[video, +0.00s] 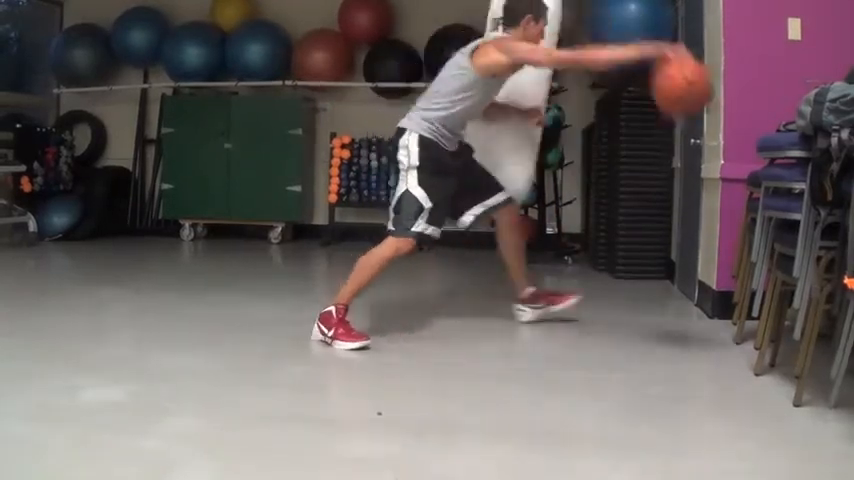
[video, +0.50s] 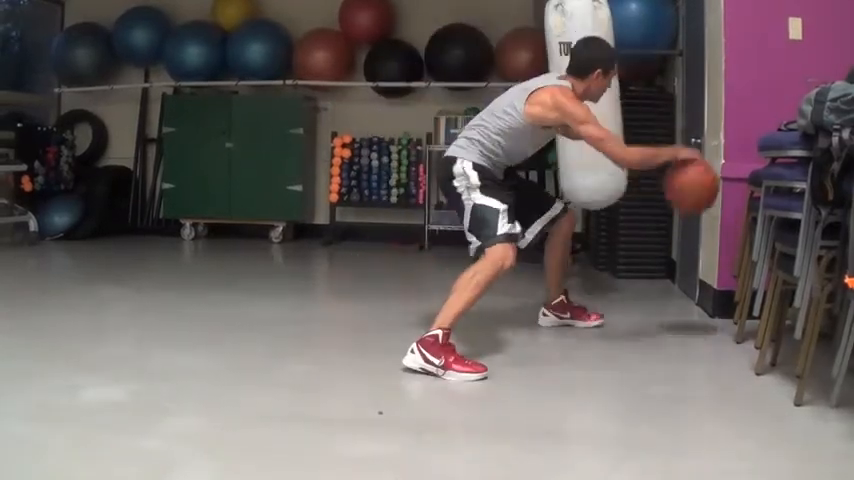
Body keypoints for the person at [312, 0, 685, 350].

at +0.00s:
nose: (542, 41)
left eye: (542, 34)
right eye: (539, 32)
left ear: (521, 25)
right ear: (523, 25)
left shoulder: (493, 53)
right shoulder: (494, 49)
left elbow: (473, 102)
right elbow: (582, 59)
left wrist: (521, 113)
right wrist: (649, 49)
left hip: (452, 150)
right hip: (419, 143)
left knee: (507, 210)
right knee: (405, 237)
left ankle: (525, 297)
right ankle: (334, 314)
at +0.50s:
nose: (608, 85)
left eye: (609, 78)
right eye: (609, 78)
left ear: (579, 69)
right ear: (595, 75)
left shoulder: (561, 91)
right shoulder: (561, 102)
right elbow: (625, 157)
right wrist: (677, 152)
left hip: (496, 169)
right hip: (468, 165)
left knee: (562, 218)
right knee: (501, 253)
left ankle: (555, 306)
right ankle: (433, 341)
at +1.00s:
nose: (619, 43)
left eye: (622, 37)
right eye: (621, 35)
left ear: (598, 23)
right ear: (611, 27)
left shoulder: (575, 45)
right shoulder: (577, 44)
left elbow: (584, 93)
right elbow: (583, 90)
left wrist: (632, 95)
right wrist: (638, 84)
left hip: (534, 132)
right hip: (515, 128)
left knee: (578, 199)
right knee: (537, 218)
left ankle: (545, 278)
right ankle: (481, 311)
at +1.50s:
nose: (601, 42)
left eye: (603, 35)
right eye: (601, 34)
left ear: (583, 26)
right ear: (589, 28)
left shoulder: (567, 58)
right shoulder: (549, 57)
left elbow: (563, 100)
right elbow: (536, 115)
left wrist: (606, 103)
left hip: (530, 156)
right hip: (506, 154)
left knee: (552, 221)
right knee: (552, 234)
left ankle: (550, 282)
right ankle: (494, 316)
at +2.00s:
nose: (549, 6)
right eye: (547, 5)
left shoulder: (471, 18)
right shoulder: (527, 18)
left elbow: (461, 95)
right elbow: (525, 99)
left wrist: (459, 170)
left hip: (461, 135)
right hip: (490, 133)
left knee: (515, 234)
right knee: (520, 249)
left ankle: (492, 319)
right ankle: (464, 355)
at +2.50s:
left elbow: (269, 27)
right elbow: (445, 50)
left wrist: (267, 76)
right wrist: (475, 141)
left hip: (310, 111)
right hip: (383, 114)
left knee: (247, 237)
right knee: (463, 241)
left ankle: (165, 356)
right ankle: (476, 368)